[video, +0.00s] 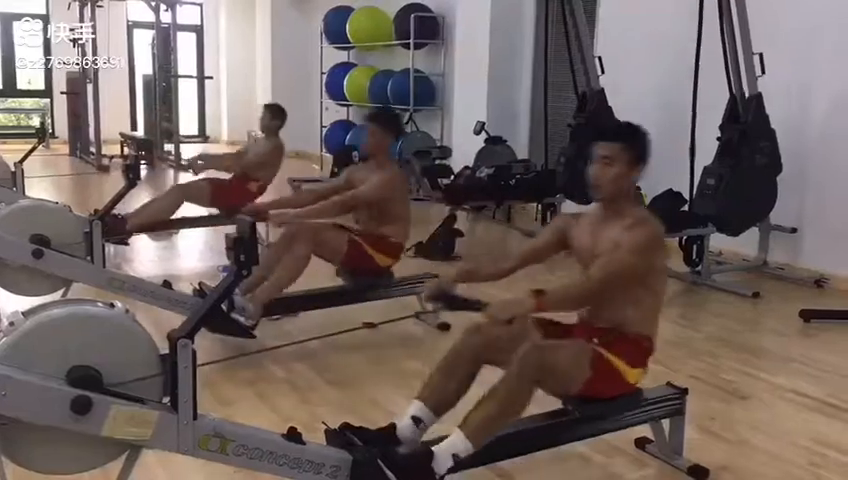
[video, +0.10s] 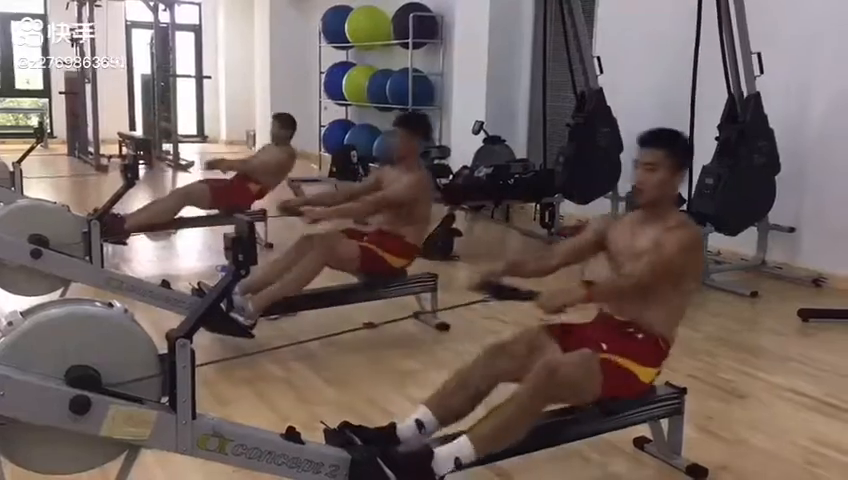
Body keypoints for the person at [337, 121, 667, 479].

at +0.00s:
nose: (598, 171)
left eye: (611, 163)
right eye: (595, 161)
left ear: (636, 172)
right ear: (587, 166)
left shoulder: (644, 232)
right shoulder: (575, 222)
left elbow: (590, 288)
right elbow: (510, 263)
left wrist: (530, 302)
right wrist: (456, 274)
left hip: (620, 357)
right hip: (580, 337)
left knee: (531, 359)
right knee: (479, 337)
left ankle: (438, 462)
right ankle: (402, 435)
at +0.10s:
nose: (640, 176)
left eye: (653, 169)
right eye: (639, 167)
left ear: (679, 177)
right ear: (635, 170)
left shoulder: (684, 237)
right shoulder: (617, 224)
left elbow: (634, 284)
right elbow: (551, 258)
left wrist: (577, 292)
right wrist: (501, 272)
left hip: (638, 353)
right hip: (596, 330)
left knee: (546, 376)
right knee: (499, 355)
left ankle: (441, 462)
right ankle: (404, 436)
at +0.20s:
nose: (669, 190)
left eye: (681, 183)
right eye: (668, 180)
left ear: (708, 192)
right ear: (665, 183)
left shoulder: (714, 244)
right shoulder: (639, 230)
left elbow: (674, 292)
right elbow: (587, 268)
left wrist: (629, 262)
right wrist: (546, 269)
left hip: (642, 349)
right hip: (600, 328)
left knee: (550, 389)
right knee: (511, 367)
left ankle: (437, 467)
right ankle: (403, 437)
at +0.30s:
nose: (684, 197)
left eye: (696, 190)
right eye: (683, 188)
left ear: (721, 200)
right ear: (678, 191)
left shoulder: (727, 252)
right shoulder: (652, 235)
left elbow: (731, 320)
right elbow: (622, 268)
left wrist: (699, 289)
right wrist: (587, 260)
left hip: (643, 349)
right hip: (603, 327)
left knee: (548, 386)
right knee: (509, 368)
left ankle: (436, 462)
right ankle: (400, 437)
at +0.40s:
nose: (686, 196)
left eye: (698, 190)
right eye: (685, 188)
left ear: (723, 201)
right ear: (682, 194)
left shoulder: (730, 256)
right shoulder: (658, 238)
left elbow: (750, 333)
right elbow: (625, 299)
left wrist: (724, 287)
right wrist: (613, 274)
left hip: (640, 351)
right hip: (601, 329)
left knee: (546, 387)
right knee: (508, 367)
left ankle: (434, 462)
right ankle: (396, 436)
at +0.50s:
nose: (684, 196)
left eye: (696, 190)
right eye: (683, 188)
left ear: (720, 200)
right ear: (679, 193)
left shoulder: (728, 257)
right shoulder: (657, 239)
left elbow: (745, 332)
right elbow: (627, 292)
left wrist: (722, 287)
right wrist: (618, 280)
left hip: (638, 350)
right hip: (598, 329)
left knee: (543, 387)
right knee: (507, 365)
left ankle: (432, 461)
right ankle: (396, 436)